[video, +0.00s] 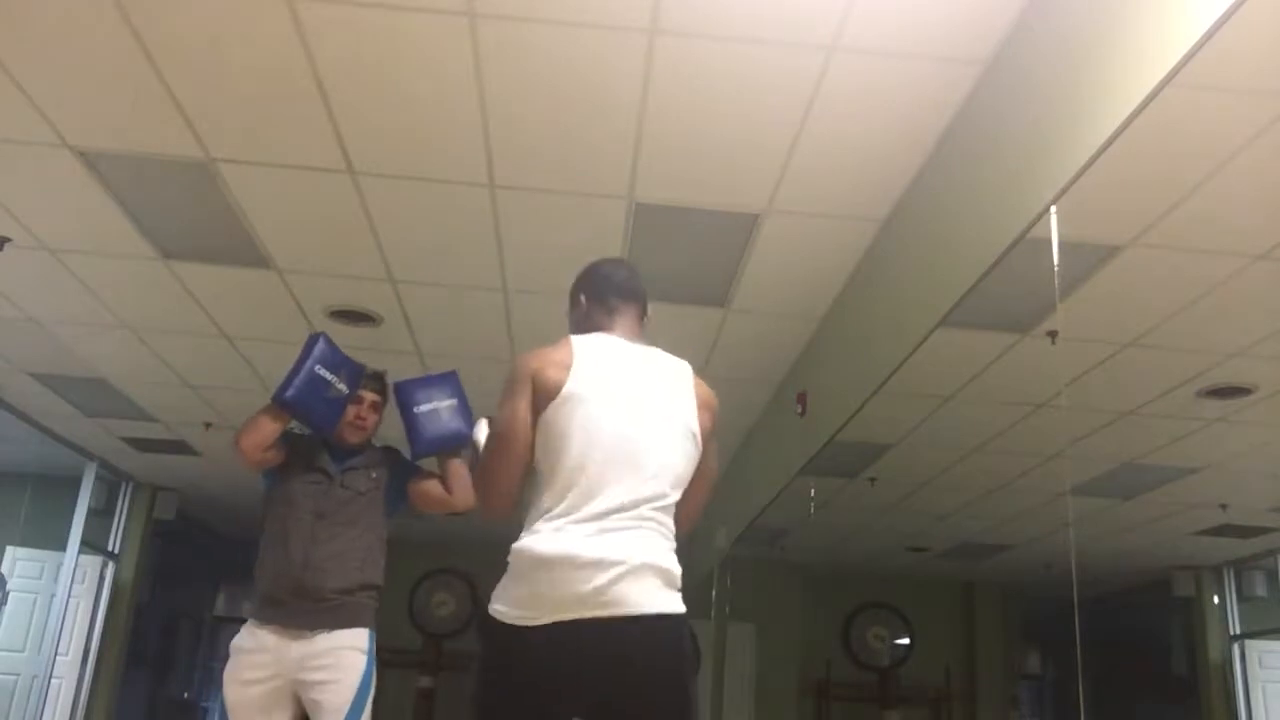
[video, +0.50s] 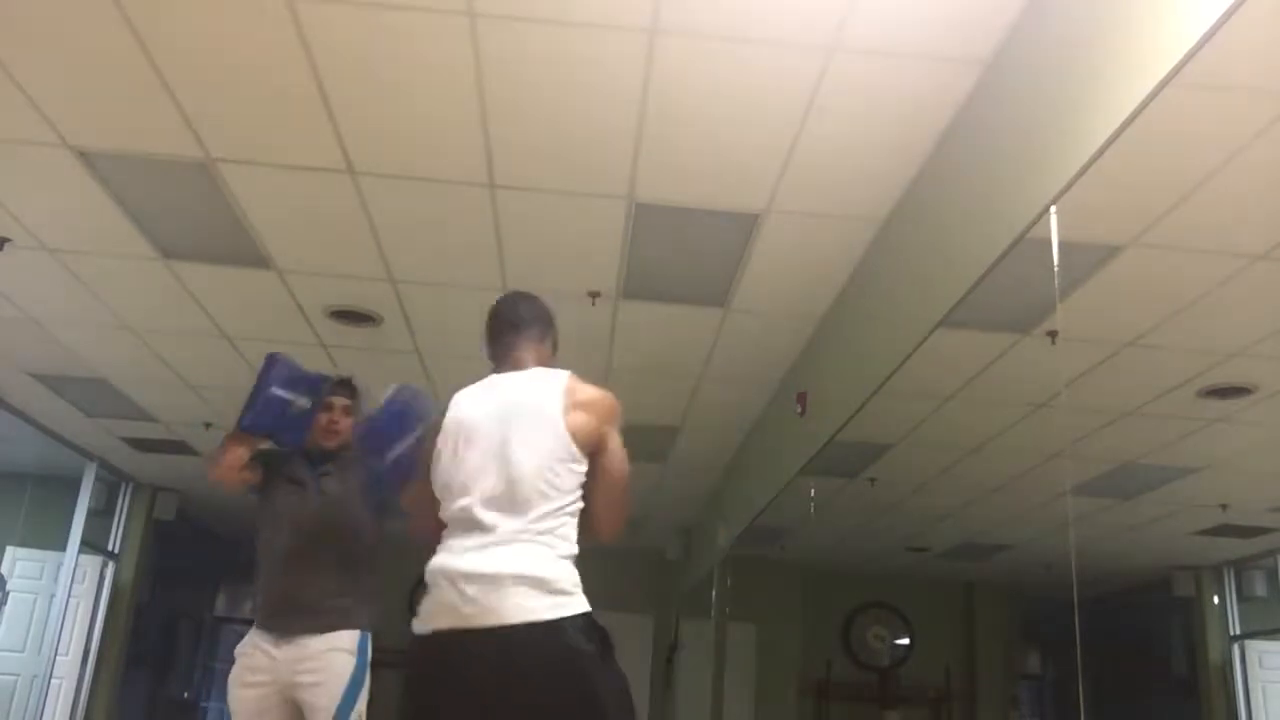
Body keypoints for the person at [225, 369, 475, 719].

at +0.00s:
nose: (362, 413)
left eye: (373, 407)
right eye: (355, 401)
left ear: (381, 418)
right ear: (332, 403)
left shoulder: (387, 466)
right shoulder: (295, 450)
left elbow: (460, 500)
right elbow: (248, 446)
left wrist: (446, 431)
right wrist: (300, 393)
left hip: (341, 642)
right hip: (265, 637)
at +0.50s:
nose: (334, 418)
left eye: (345, 412)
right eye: (326, 408)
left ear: (356, 424)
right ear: (309, 416)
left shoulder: (370, 471)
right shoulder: (277, 466)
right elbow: (221, 475)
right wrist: (258, 421)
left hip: (334, 646)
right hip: (264, 644)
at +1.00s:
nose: (367, 429)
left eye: (378, 424)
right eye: (360, 418)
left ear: (385, 436)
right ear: (340, 423)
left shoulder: (394, 484)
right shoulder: (297, 472)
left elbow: (429, 560)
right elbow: (231, 547)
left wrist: (397, 606)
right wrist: (260, 517)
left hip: (348, 646)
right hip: (276, 643)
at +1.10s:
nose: (393, 437)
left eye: (405, 433)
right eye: (387, 426)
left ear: (411, 445)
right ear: (367, 429)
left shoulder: (418, 496)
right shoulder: (320, 478)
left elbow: (447, 576)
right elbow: (260, 553)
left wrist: (407, 620)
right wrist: (286, 534)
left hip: (368, 661)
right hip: (295, 652)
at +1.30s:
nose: (442, 442)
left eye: (453, 435)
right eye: (435, 429)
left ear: (461, 446)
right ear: (418, 432)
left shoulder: (467, 496)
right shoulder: (372, 478)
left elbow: (506, 571)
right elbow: (311, 550)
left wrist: (463, 619)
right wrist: (355, 535)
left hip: (420, 659)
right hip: (353, 650)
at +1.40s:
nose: (457, 438)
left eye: (466, 431)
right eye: (450, 427)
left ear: (476, 442)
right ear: (431, 432)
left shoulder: (483, 490)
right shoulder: (392, 477)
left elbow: (502, 566)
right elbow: (330, 548)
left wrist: (470, 613)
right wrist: (376, 526)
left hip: (433, 653)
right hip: (370, 646)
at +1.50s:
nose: (458, 444)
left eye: (468, 437)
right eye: (452, 434)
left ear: (481, 445)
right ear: (439, 437)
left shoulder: (485, 491)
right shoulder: (403, 483)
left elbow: (499, 564)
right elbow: (342, 552)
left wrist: (470, 628)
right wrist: (391, 513)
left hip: (445, 645)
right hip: (390, 642)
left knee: (438, 713)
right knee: (380, 713)